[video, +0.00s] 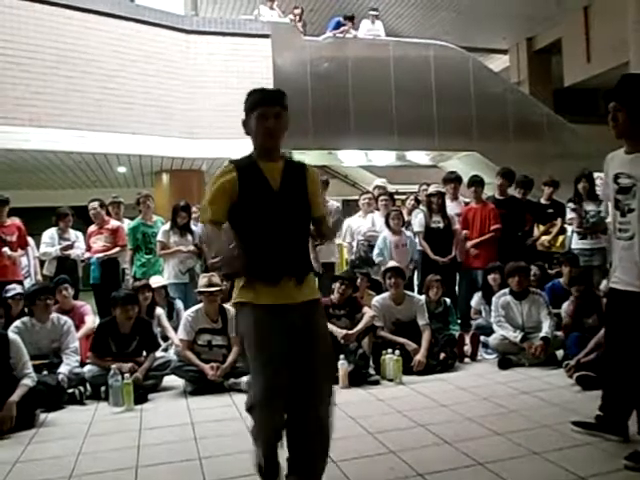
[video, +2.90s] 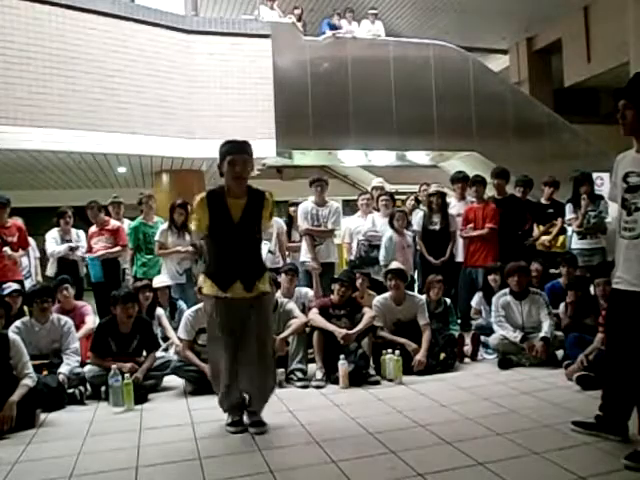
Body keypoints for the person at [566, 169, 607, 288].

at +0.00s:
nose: (583, 185)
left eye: (586, 182)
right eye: (580, 182)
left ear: (591, 185)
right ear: (576, 185)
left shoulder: (601, 203)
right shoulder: (572, 204)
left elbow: (604, 223)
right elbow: (576, 225)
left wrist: (585, 227)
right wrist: (598, 225)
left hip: (598, 248)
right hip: (579, 248)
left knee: (596, 285)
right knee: (579, 284)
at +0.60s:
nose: (581, 186)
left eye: (584, 182)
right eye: (578, 182)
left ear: (590, 185)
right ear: (575, 185)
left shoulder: (599, 203)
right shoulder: (572, 204)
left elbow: (603, 223)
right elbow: (576, 225)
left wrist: (585, 229)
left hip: (598, 247)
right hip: (579, 247)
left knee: (597, 284)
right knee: (579, 283)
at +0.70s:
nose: (582, 186)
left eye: (585, 182)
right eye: (579, 182)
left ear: (590, 184)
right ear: (575, 185)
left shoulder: (599, 202)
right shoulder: (572, 204)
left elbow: (603, 223)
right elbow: (576, 225)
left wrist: (585, 229)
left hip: (598, 247)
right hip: (579, 247)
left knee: (598, 285)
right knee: (580, 284)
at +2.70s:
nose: (585, 189)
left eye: (587, 185)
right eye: (582, 185)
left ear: (591, 186)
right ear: (577, 187)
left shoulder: (600, 201)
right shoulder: (571, 204)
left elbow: (602, 223)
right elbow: (576, 226)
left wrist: (583, 229)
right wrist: (584, 208)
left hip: (597, 246)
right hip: (579, 246)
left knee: (599, 279)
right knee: (580, 280)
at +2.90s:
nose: (585, 189)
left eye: (588, 185)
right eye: (582, 185)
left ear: (591, 186)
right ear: (577, 187)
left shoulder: (600, 201)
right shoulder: (571, 204)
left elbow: (602, 223)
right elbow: (576, 226)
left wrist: (583, 229)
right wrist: (583, 208)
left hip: (597, 246)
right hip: (579, 247)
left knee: (599, 280)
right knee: (580, 280)